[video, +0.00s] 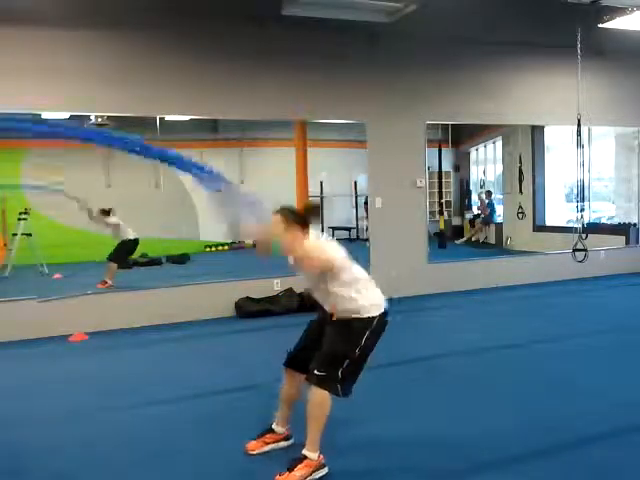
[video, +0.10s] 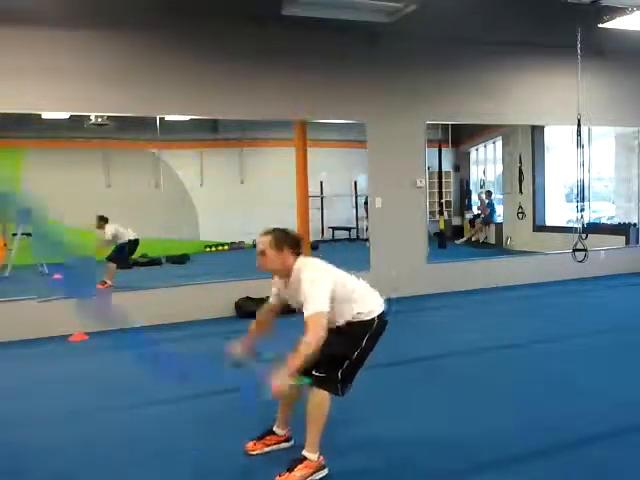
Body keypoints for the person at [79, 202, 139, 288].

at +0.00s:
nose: (99, 218)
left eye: (100, 216)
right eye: (99, 216)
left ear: (103, 215)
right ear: (107, 214)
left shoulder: (112, 219)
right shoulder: (111, 220)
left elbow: (117, 223)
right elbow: (93, 218)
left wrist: (115, 235)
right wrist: (89, 210)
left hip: (129, 240)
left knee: (113, 259)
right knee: (116, 261)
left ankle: (108, 281)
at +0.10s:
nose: (96, 225)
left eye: (97, 223)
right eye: (97, 223)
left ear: (101, 223)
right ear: (105, 222)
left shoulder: (109, 227)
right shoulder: (111, 226)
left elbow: (108, 240)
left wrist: (101, 246)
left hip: (128, 241)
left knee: (111, 260)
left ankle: (108, 281)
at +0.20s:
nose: (97, 218)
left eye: (98, 215)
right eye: (97, 216)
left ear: (103, 216)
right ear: (105, 216)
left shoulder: (112, 222)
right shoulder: (110, 222)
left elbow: (115, 236)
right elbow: (111, 237)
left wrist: (109, 250)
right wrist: (108, 249)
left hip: (128, 239)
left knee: (111, 259)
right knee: (111, 260)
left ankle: (109, 281)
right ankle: (108, 281)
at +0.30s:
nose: (104, 207)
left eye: (106, 204)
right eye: (104, 204)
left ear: (110, 204)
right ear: (114, 204)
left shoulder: (118, 212)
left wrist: (101, 219)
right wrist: (99, 220)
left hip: (125, 237)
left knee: (112, 259)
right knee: (120, 263)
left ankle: (109, 281)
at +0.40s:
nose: (110, 207)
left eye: (111, 204)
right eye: (110, 205)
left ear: (114, 202)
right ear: (116, 201)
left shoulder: (120, 207)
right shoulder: (122, 207)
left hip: (125, 235)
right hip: (129, 235)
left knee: (111, 259)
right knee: (121, 264)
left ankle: (108, 281)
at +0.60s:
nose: (94, 222)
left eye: (95, 219)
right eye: (94, 219)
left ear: (99, 219)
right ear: (102, 218)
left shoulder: (107, 225)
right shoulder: (109, 222)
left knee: (109, 260)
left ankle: (107, 281)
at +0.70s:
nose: (93, 224)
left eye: (94, 222)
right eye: (93, 222)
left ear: (100, 222)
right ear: (100, 222)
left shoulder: (107, 228)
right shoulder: (106, 228)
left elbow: (110, 243)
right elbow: (105, 243)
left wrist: (105, 255)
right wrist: (100, 255)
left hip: (128, 241)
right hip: (123, 242)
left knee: (111, 260)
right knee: (109, 259)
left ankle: (108, 281)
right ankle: (105, 280)